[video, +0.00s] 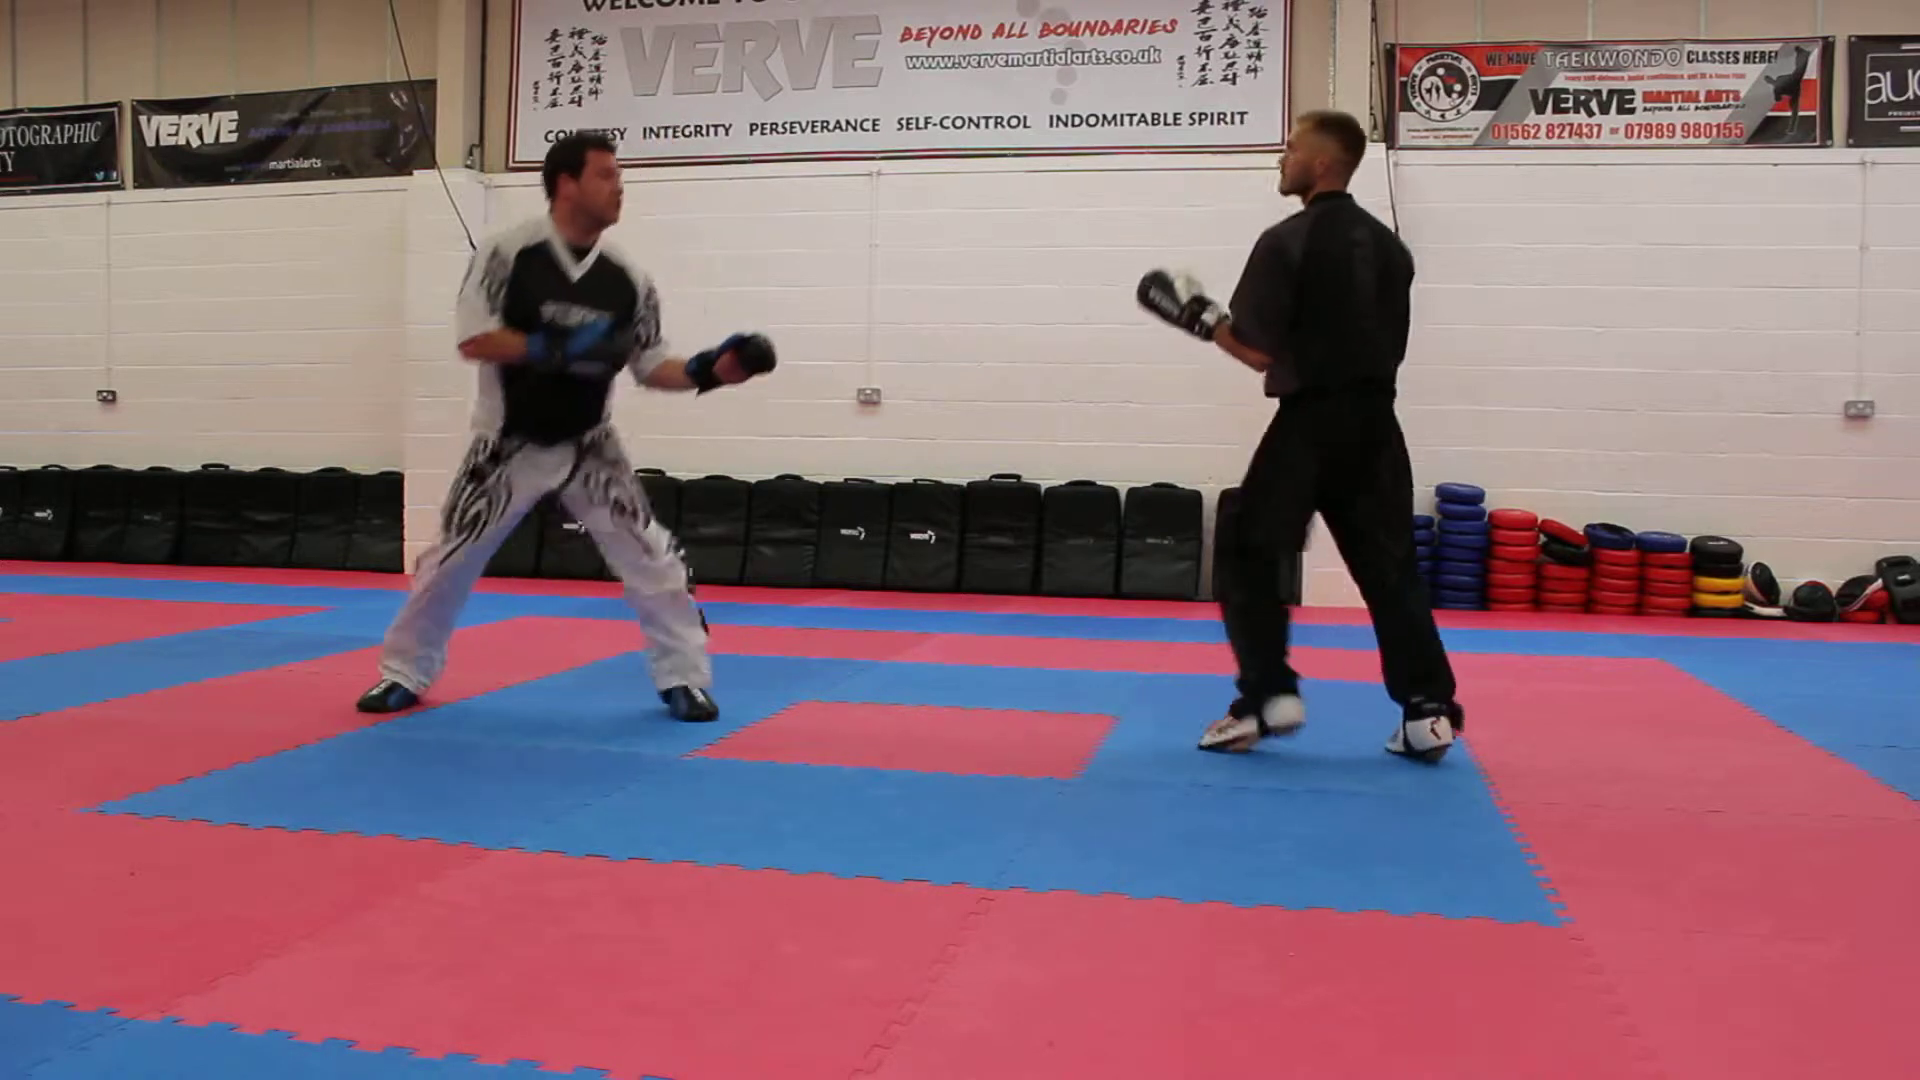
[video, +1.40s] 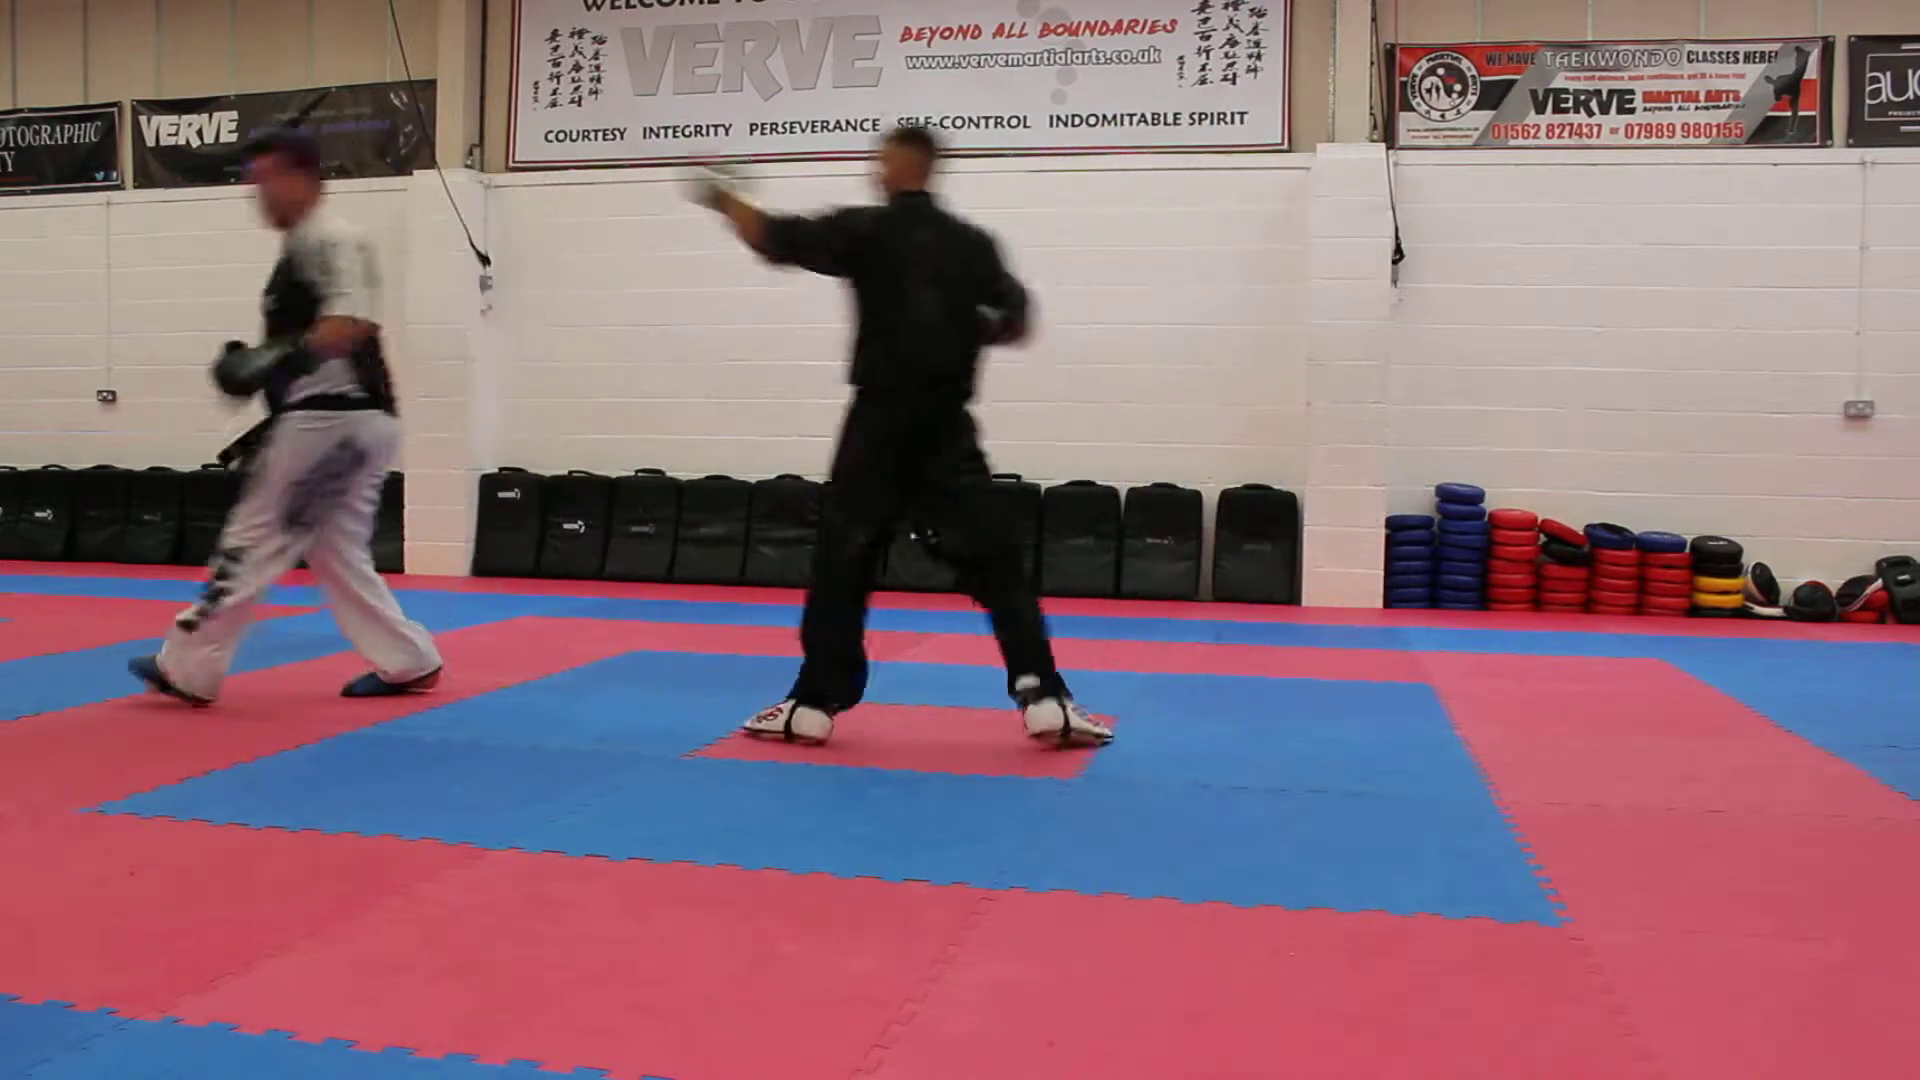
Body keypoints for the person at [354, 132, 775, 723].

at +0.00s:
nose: (619, 187)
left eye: (619, 176)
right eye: (606, 176)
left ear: (607, 187)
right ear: (564, 186)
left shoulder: (629, 281)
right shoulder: (505, 254)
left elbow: (651, 368)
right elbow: (473, 340)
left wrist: (709, 372)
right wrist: (551, 346)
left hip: (590, 449)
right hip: (507, 448)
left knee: (653, 561)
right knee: (452, 562)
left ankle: (683, 680)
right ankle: (404, 674)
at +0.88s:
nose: (566, 223)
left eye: (566, 212)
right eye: (553, 212)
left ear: (560, 218)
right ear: (512, 218)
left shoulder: (588, 301)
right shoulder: (461, 297)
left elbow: (628, 381)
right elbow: (433, 381)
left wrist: (664, 377)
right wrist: (479, 392)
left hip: (571, 468)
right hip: (491, 470)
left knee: (640, 570)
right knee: (414, 563)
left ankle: (704, 679)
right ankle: (414, 674)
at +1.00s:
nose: (504, 208)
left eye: (506, 197)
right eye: (491, 196)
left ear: (503, 204)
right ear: (453, 203)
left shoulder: (528, 282)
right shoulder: (405, 284)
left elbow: (571, 361)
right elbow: (378, 358)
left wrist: (596, 350)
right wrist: (417, 374)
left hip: (520, 444)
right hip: (447, 451)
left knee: (577, 557)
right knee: (382, 554)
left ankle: (676, 669)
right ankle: (415, 669)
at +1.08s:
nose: (466, 198)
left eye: (469, 187)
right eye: (454, 186)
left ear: (469, 194)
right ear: (415, 193)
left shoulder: (488, 266)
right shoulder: (372, 272)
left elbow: (534, 350)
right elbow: (347, 345)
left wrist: (541, 331)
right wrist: (375, 361)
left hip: (487, 424)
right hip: (420, 436)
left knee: (489, 547)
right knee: (375, 551)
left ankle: (582, 647)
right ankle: (413, 669)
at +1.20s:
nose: (411, 188)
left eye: (414, 176)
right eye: (399, 176)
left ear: (419, 180)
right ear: (362, 182)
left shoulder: (439, 250)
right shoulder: (331, 264)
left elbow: (483, 330)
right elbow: (312, 346)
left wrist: (435, 311)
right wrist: (338, 357)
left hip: (440, 411)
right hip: (380, 416)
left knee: (365, 529)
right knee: (360, 537)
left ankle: (400, 653)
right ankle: (400, 659)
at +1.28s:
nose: (372, 185)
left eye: (376, 174)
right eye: (359, 174)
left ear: (382, 180)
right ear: (327, 181)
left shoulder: (399, 248)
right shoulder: (310, 265)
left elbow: (439, 325)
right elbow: (289, 362)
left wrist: (363, 314)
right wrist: (321, 348)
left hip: (400, 412)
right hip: (352, 414)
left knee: (314, 532)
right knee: (358, 550)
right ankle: (410, 663)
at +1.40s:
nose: (256, 194)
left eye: (265, 179)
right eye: (254, 181)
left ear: (302, 178)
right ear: (285, 184)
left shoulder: (331, 240)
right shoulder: (307, 245)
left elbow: (347, 327)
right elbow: (307, 335)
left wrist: (265, 362)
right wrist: (259, 367)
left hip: (329, 420)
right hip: (365, 422)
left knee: (250, 541)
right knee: (338, 552)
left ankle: (190, 666)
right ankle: (408, 660)